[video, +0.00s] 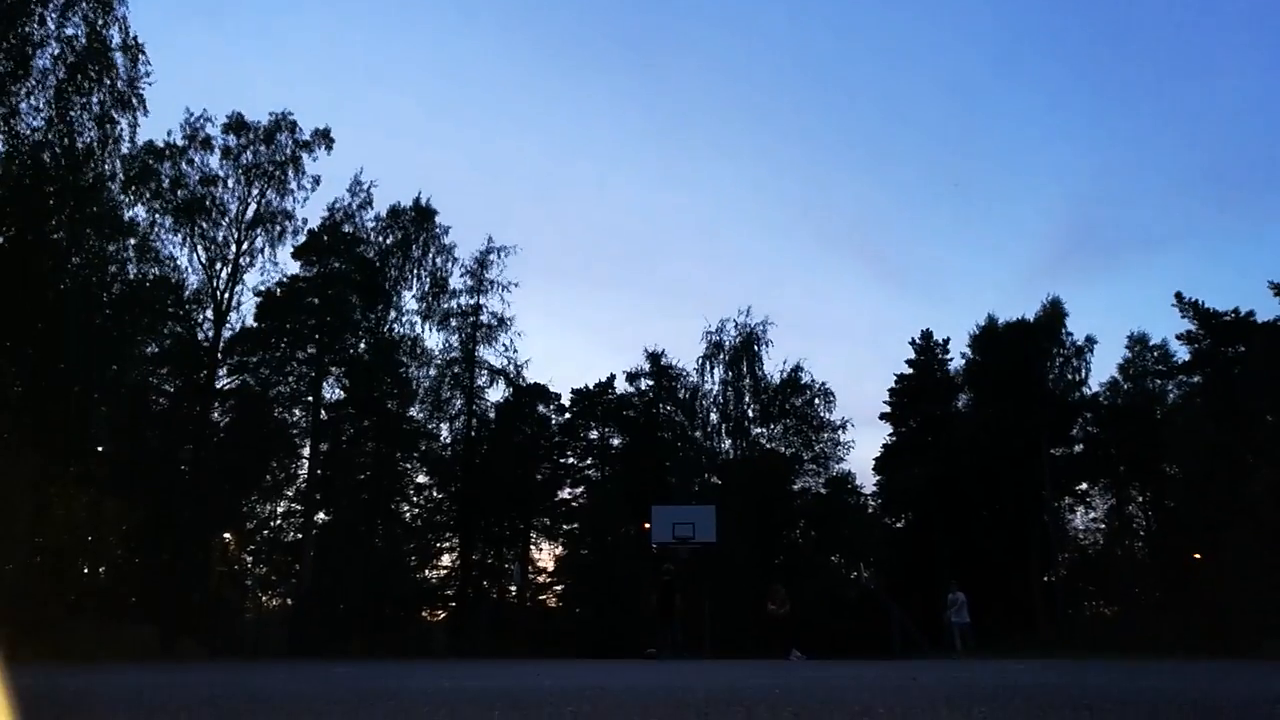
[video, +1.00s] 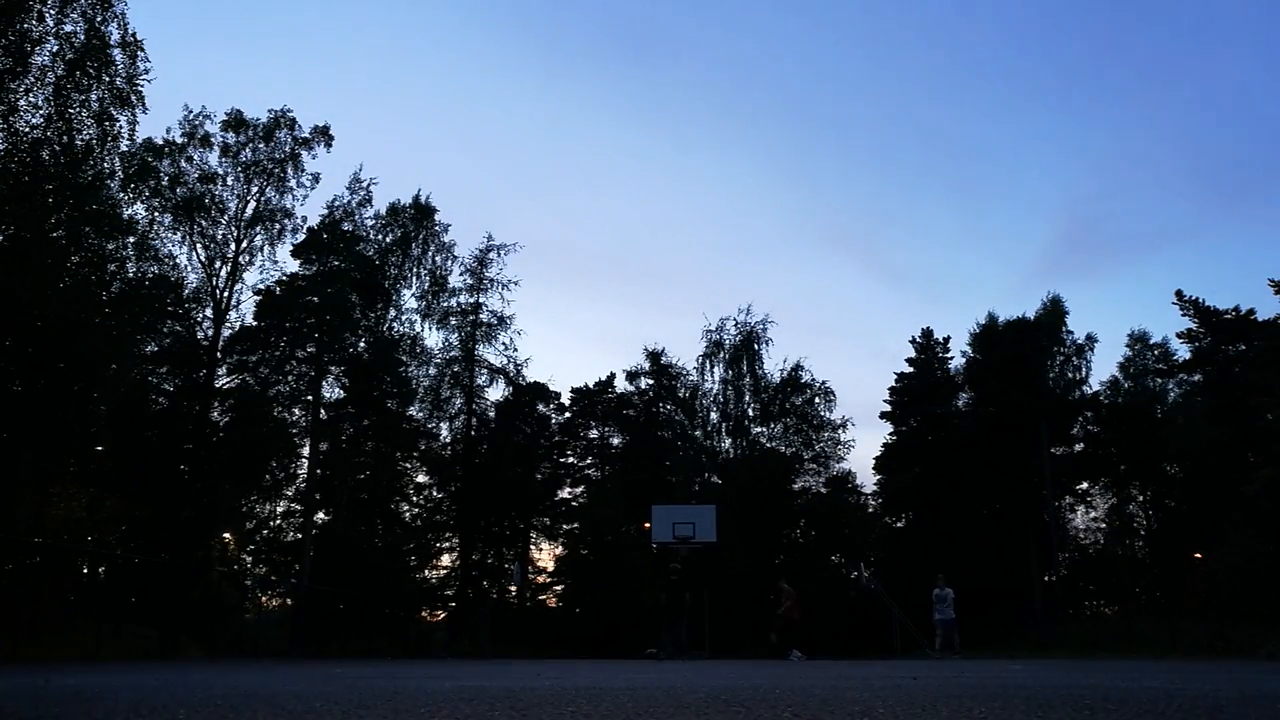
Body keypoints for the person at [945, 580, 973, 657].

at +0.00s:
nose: (953, 589)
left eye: (954, 587)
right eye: (952, 588)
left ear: (956, 588)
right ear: (951, 589)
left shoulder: (960, 595)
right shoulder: (950, 596)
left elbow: (959, 605)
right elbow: (949, 606)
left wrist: (951, 611)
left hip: (964, 620)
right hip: (955, 620)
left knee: (966, 636)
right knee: (956, 636)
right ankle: (958, 651)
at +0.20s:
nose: (951, 585)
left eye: (952, 583)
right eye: (949, 583)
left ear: (954, 583)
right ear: (948, 584)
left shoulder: (960, 591)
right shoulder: (946, 592)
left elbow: (964, 603)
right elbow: (945, 605)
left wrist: (964, 612)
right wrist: (944, 615)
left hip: (961, 617)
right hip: (951, 617)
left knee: (963, 633)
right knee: (954, 635)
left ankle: (965, 651)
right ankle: (957, 652)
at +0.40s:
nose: (950, 586)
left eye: (952, 584)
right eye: (949, 584)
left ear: (954, 584)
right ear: (947, 585)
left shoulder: (959, 593)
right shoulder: (944, 594)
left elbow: (967, 602)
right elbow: (941, 604)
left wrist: (975, 612)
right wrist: (940, 613)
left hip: (958, 617)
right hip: (948, 617)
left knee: (959, 633)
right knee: (950, 634)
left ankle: (961, 651)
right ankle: (951, 651)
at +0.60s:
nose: (949, 586)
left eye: (950, 584)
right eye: (947, 584)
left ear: (952, 585)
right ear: (946, 585)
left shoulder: (957, 593)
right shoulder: (943, 593)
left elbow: (964, 602)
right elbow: (940, 605)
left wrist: (971, 611)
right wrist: (939, 614)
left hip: (955, 617)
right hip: (945, 617)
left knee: (955, 633)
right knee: (948, 634)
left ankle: (957, 651)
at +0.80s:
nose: (945, 583)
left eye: (946, 581)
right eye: (944, 581)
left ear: (949, 582)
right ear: (942, 582)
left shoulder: (954, 591)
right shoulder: (940, 591)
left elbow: (957, 603)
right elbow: (938, 603)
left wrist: (958, 615)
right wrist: (937, 613)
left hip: (953, 616)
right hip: (943, 616)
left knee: (954, 633)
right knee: (943, 633)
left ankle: (956, 651)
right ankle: (944, 651)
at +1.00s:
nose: (941, 584)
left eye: (942, 582)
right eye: (939, 582)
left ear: (944, 583)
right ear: (938, 583)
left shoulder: (949, 592)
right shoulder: (935, 592)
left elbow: (950, 603)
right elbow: (935, 603)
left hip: (949, 616)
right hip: (939, 617)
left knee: (953, 633)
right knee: (939, 634)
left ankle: (956, 650)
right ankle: (937, 650)